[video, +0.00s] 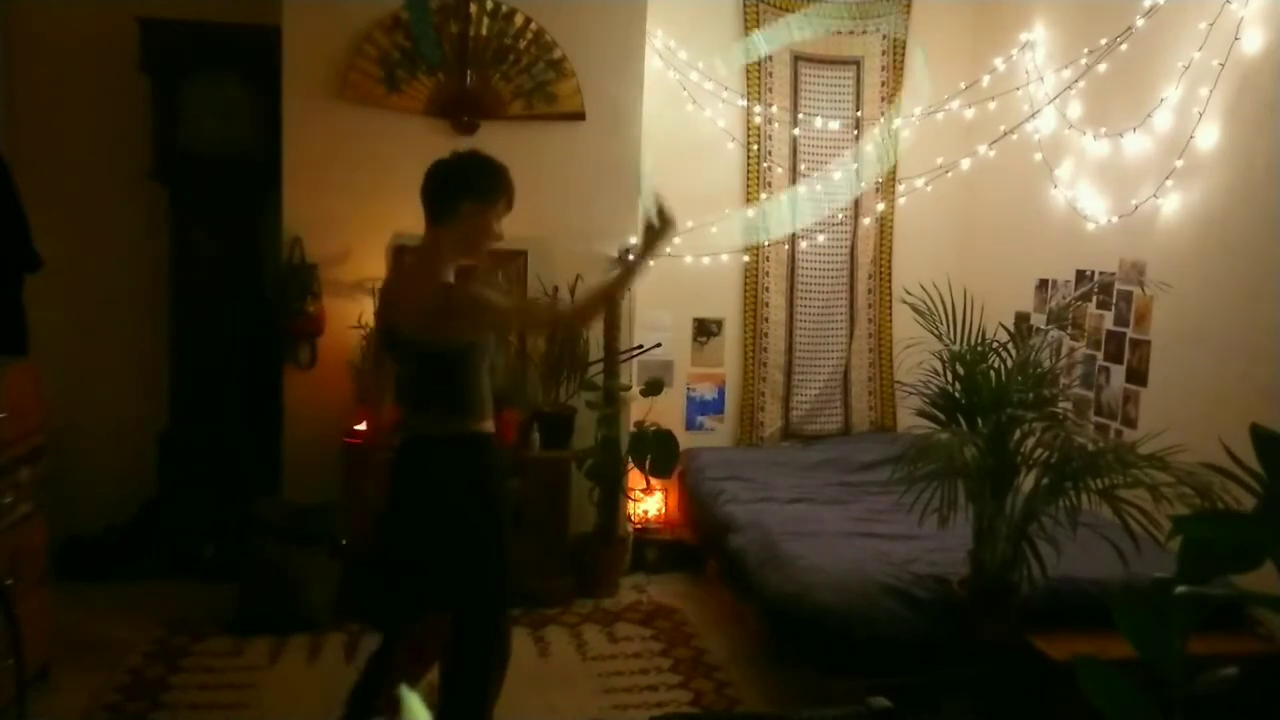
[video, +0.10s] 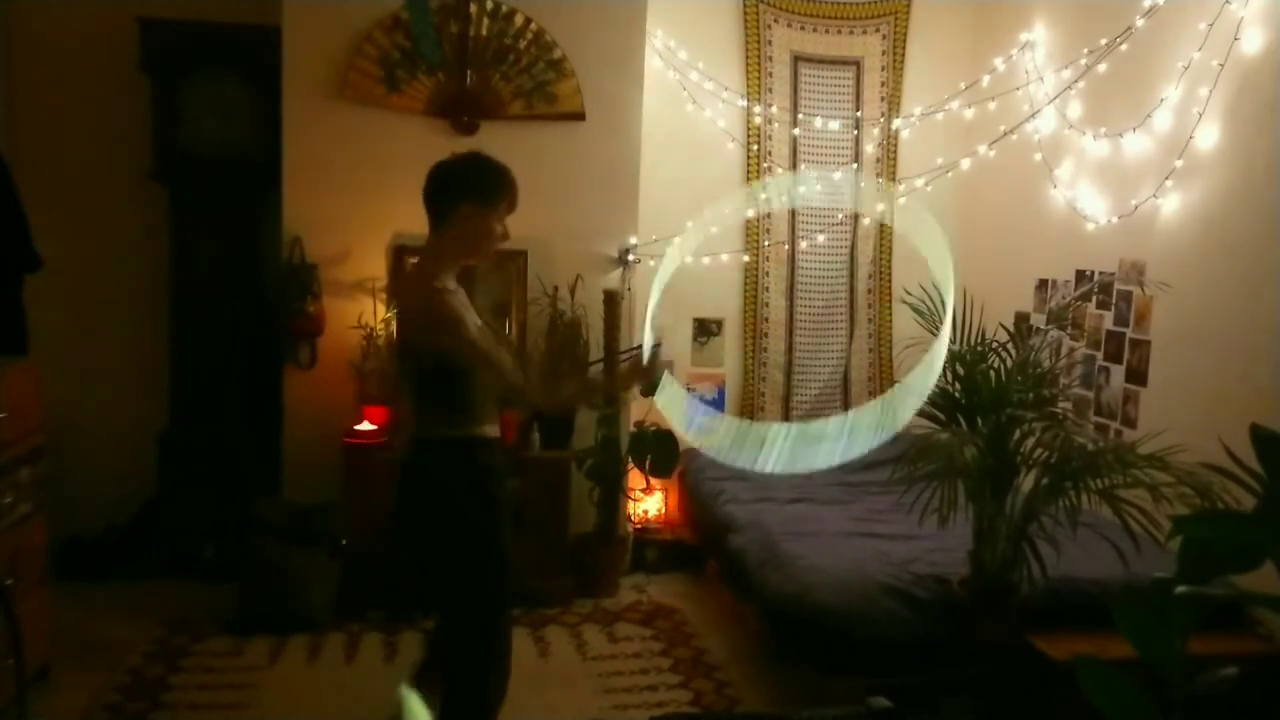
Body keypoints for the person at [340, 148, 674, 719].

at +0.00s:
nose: (500, 229)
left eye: (501, 215)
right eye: (495, 213)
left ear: (445, 210)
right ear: (462, 210)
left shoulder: (414, 284)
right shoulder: (437, 287)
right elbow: (563, 320)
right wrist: (641, 256)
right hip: (451, 469)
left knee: (414, 626)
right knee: (478, 633)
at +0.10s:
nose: (506, 231)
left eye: (506, 216)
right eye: (499, 215)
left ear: (459, 215)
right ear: (461, 212)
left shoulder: (438, 290)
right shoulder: (436, 297)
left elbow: (506, 380)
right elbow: (519, 389)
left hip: (459, 475)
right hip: (455, 479)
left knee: (461, 635)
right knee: (479, 649)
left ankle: (421, 706)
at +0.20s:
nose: (507, 224)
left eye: (506, 210)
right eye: (496, 210)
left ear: (466, 216)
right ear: (458, 213)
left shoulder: (465, 290)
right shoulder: (436, 300)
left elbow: (480, 403)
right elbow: (448, 425)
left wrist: (533, 426)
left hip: (476, 477)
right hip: (451, 485)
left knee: (485, 654)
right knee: (475, 664)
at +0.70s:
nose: (477, 204)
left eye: (485, 191)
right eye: (461, 191)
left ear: (497, 200)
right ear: (431, 200)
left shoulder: (497, 283)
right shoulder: (415, 283)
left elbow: (533, 359)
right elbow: (349, 242)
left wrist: (613, 401)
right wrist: (441, 257)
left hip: (512, 455)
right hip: (451, 466)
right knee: (496, 639)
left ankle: (611, 577)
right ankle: (454, 714)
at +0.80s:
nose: (469, 216)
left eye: (478, 203)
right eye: (456, 204)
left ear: (492, 208)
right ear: (435, 208)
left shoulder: (496, 284)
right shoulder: (411, 283)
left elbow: (535, 364)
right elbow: (360, 217)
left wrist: (613, 404)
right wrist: (447, 245)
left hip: (520, 463)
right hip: (454, 486)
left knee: (634, 467)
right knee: (503, 642)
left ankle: (598, 573)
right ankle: (461, 714)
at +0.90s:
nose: (488, 212)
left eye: (493, 199)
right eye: (473, 199)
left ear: (500, 208)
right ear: (436, 207)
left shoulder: (494, 287)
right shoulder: (421, 282)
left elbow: (529, 370)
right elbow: (377, 211)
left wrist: (598, 406)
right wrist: (454, 240)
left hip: (516, 456)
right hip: (457, 471)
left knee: (631, 461)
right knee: (504, 641)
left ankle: (606, 575)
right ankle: (464, 716)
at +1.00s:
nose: (495, 212)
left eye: (499, 198)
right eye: (485, 199)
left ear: (498, 204)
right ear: (450, 201)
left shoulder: (491, 281)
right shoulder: (422, 281)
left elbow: (517, 367)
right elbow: (397, 215)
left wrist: (577, 407)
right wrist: (478, 231)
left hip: (517, 451)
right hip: (461, 468)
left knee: (631, 459)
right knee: (505, 638)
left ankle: (607, 568)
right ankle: (462, 714)